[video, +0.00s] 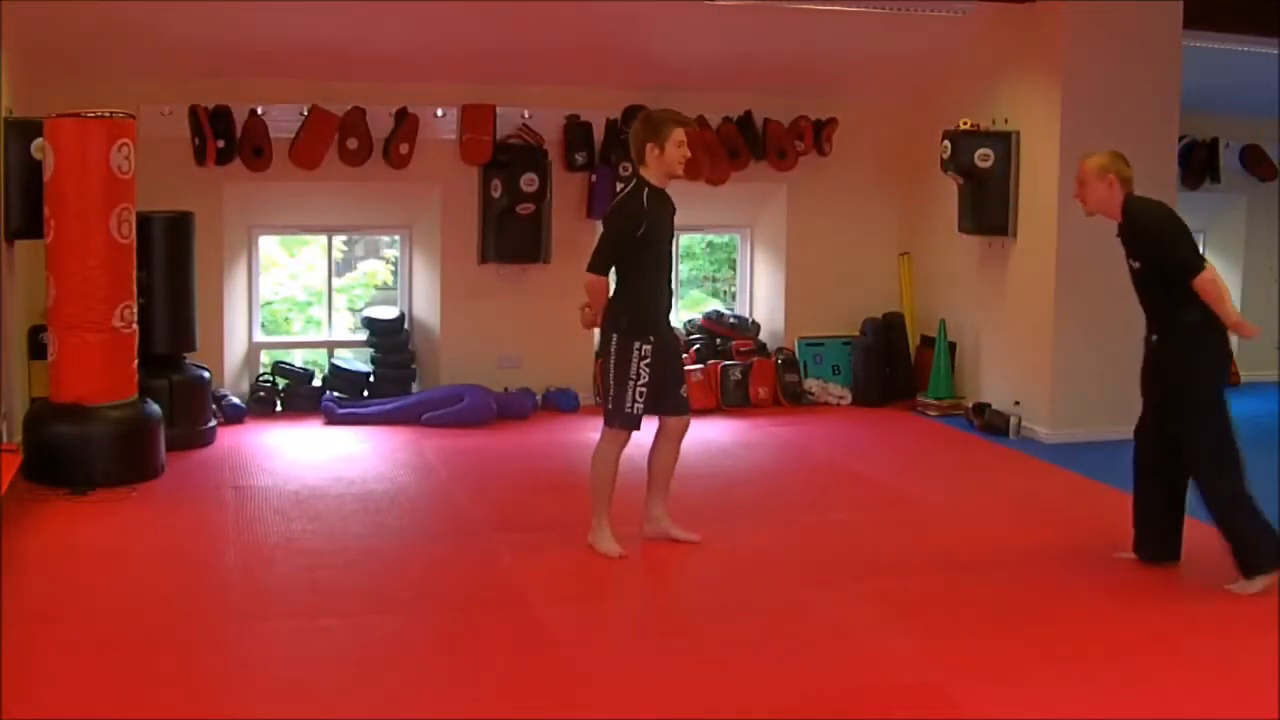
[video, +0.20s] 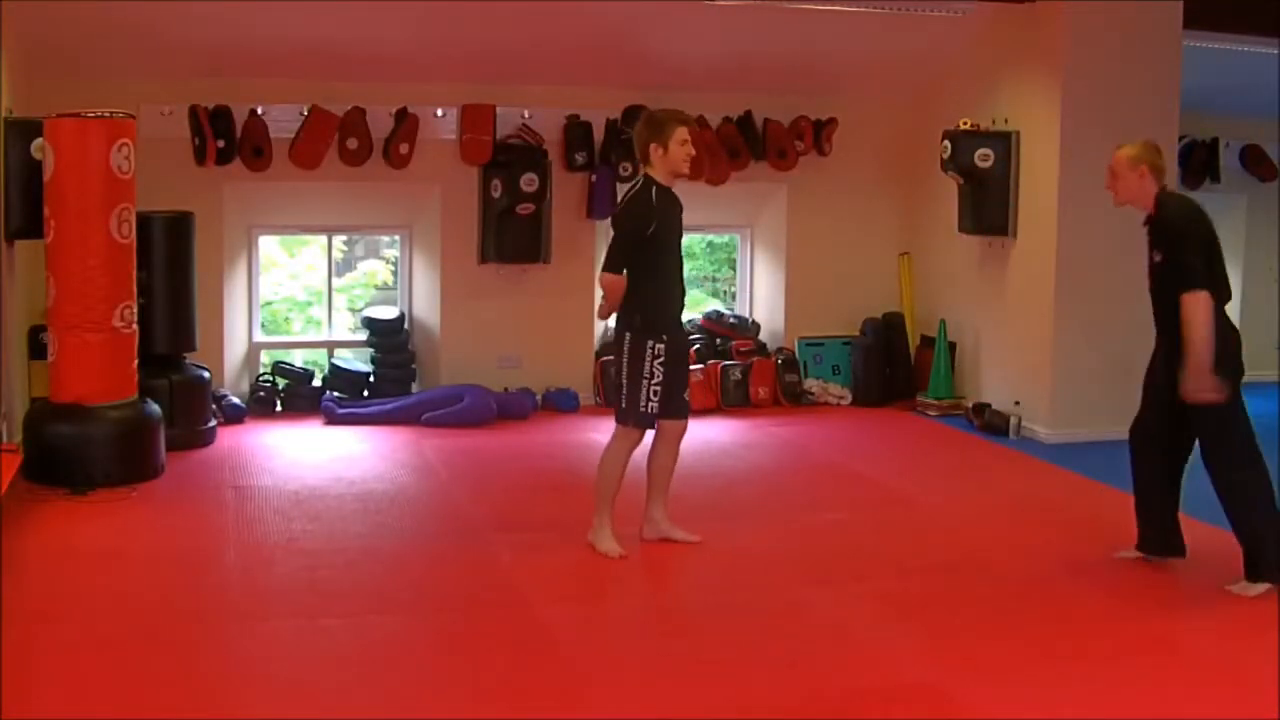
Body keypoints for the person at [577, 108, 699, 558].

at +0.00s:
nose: (687, 153)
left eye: (687, 145)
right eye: (679, 145)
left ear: (661, 152)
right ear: (652, 150)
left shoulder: (663, 201)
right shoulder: (632, 202)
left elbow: (642, 271)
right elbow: (595, 277)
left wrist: (603, 309)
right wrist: (601, 312)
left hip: (659, 329)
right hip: (628, 329)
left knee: (676, 420)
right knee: (618, 429)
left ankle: (656, 517)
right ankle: (599, 527)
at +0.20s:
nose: (691, 151)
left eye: (691, 144)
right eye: (683, 144)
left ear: (669, 151)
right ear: (656, 150)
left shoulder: (669, 199)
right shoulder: (640, 199)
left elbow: (653, 267)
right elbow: (611, 275)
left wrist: (617, 301)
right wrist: (611, 306)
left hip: (671, 329)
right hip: (640, 329)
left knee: (673, 425)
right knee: (631, 428)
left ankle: (656, 519)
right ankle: (600, 524)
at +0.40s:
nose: (701, 151)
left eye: (701, 144)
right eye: (693, 144)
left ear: (681, 151)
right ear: (666, 149)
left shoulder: (678, 199)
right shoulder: (650, 198)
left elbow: (663, 266)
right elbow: (623, 274)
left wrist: (624, 297)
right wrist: (618, 303)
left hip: (678, 328)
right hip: (651, 329)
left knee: (675, 426)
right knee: (647, 431)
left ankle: (656, 518)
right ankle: (602, 520)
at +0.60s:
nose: (709, 152)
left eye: (709, 144)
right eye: (701, 144)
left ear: (689, 151)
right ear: (673, 149)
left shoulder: (687, 199)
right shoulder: (655, 196)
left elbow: (668, 264)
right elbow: (620, 269)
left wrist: (631, 297)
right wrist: (622, 301)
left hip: (678, 326)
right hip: (655, 328)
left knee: (677, 426)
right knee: (663, 431)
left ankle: (657, 517)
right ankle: (621, 522)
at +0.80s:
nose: (717, 161)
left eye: (717, 153)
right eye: (709, 153)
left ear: (691, 158)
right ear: (682, 156)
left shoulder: (687, 206)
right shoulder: (659, 204)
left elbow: (663, 274)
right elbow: (620, 281)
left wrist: (625, 305)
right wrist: (618, 311)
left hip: (677, 333)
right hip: (651, 335)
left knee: (713, 420)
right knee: (659, 437)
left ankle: (668, 501)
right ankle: (628, 533)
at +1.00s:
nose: (738, 168)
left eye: (739, 160)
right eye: (732, 159)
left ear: (707, 161)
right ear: (703, 158)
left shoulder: (697, 206)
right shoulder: (672, 204)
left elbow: (666, 266)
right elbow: (625, 268)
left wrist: (631, 298)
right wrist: (626, 301)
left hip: (680, 333)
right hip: (656, 334)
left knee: (708, 417)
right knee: (666, 438)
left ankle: (685, 504)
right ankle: (629, 532)